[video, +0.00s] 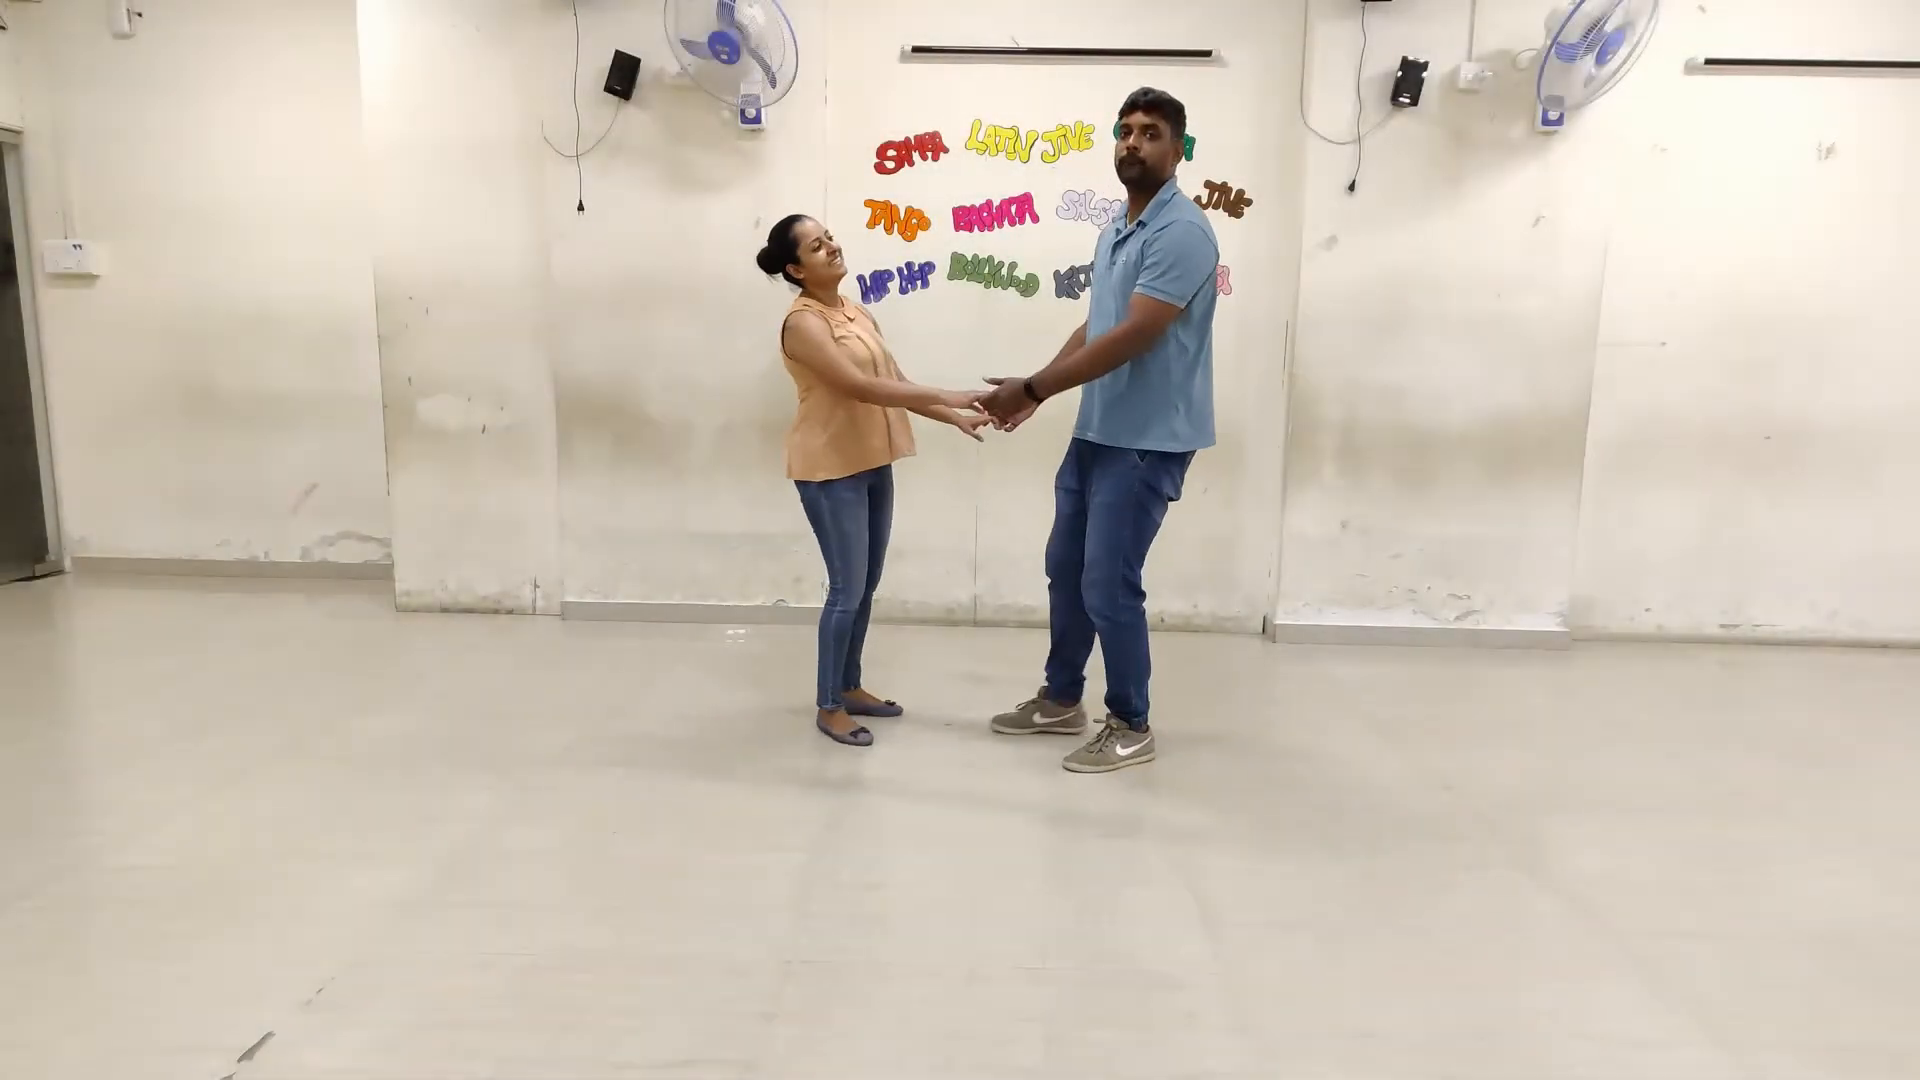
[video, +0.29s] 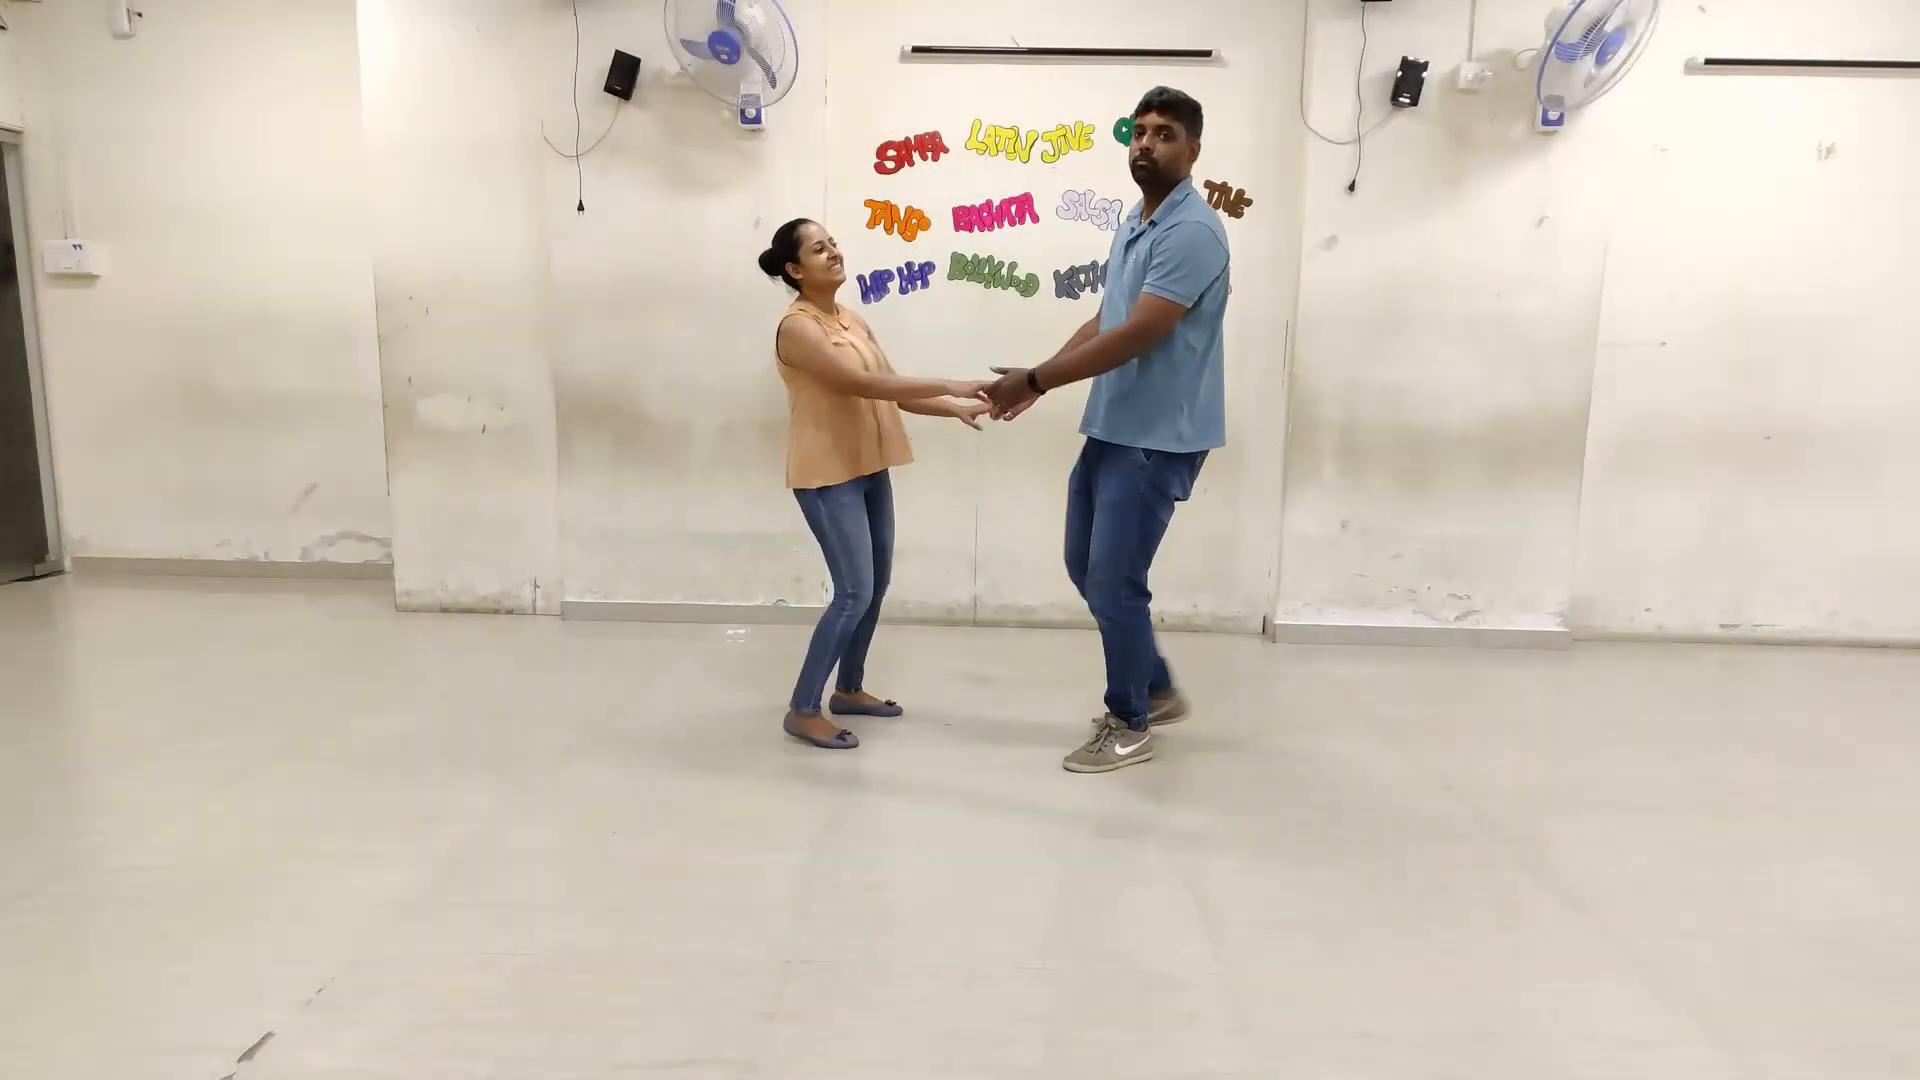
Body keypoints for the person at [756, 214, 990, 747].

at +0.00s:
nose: (833, 247)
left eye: (830, 238)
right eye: (817, 246)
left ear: (836, 248)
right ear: (795, 269)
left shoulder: (856, 313)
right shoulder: (802, 324)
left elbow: (896, 386)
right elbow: (858, 387)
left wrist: (955, 411)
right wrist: (947, 402)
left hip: (873, 466)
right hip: (830, 473)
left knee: (864, 586)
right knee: (846, 589)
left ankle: (849, 689)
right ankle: (828, 708)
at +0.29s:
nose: (834, 252)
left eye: (832, 243)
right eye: (819, 249)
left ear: (836, 256)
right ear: (794, 270)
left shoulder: (851, 319)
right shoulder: (797, 327)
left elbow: (889, 390)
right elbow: (862, 385)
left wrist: (955, 408)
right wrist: (951, 388)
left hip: (869, 468)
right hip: (825, 475)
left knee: (875, 584)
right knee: (854, 591)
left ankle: (848, 691)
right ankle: (803, 709)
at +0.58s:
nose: (828, 249)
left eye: (824, 240)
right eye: (816, 244)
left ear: (795, 257)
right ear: (787, 259)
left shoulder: (803, 311)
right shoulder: (790, 316)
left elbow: (870, 366)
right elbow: (874, 366)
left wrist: (960, 367)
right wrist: (967, 366)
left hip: (833, 467)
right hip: (808, 472)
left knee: (844, 587)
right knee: (825, 595)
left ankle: (856, 693)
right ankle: (798, 719)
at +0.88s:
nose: (847, 244)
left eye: (842, 235)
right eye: (835, 238)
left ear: (813, 251)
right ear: (806, 252)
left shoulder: (817, 305)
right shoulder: (804, 309)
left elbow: (886, 362)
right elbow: (889, 363)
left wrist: (958, 342)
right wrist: (967, 336)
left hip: (839, 468)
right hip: (806, 472)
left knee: (885, 563)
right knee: (820, 593)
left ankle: (867, 683)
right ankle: (795, 718)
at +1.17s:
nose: (919, 264)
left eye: (915, 255)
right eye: (908, 257)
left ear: (884, 271)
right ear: (879, 270)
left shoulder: (890, 335)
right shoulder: (871, 337)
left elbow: (918, 420)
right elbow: (900, 429)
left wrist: (988, 420)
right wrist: (985, 429)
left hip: (903, 493)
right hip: (869, 494)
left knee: (948, 586)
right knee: (877, 614)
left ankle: (925, 706)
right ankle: (802, 714)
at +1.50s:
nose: (967, 244)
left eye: (963, 235)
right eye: (956, 237)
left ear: (932, 251)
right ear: (929, 250)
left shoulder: (939, 311)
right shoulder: (919, 315)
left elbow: (944, 390)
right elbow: (917, 403)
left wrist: (994, 370)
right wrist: (990, 382)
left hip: (949, 472)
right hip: (926, 476)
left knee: (943, 591)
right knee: (960, 594)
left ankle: (925, 702)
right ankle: (889, 698)